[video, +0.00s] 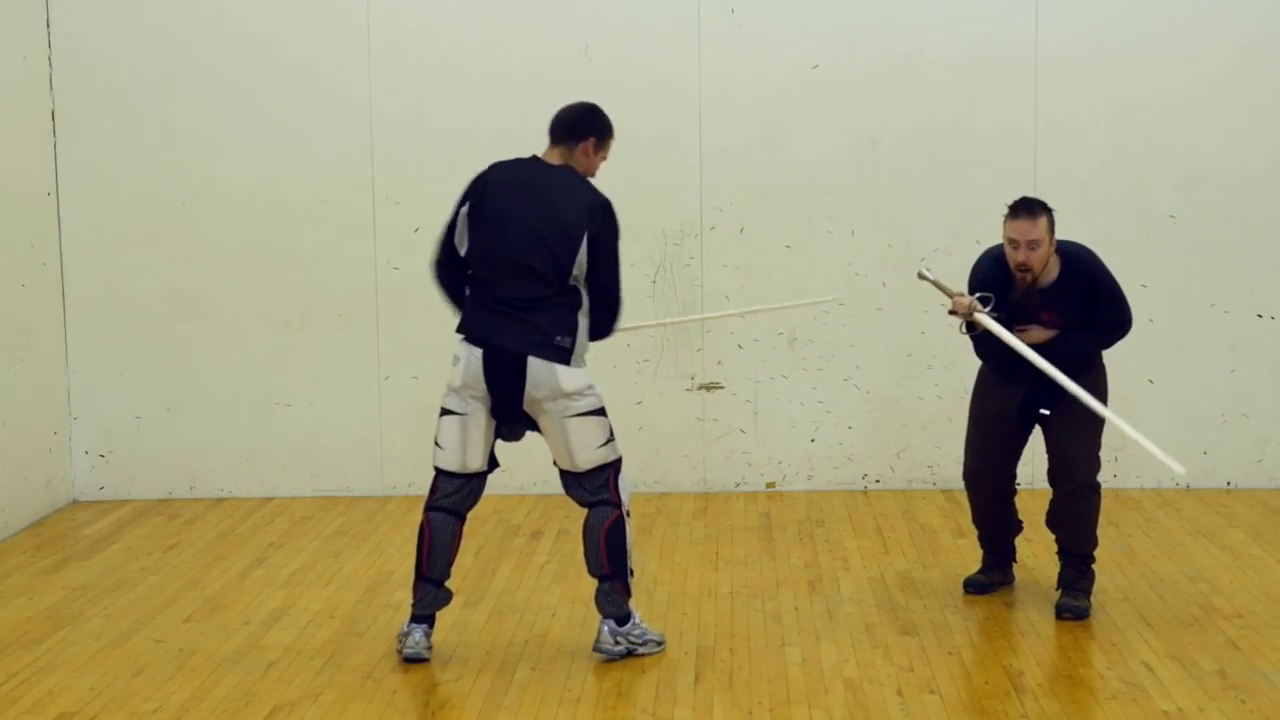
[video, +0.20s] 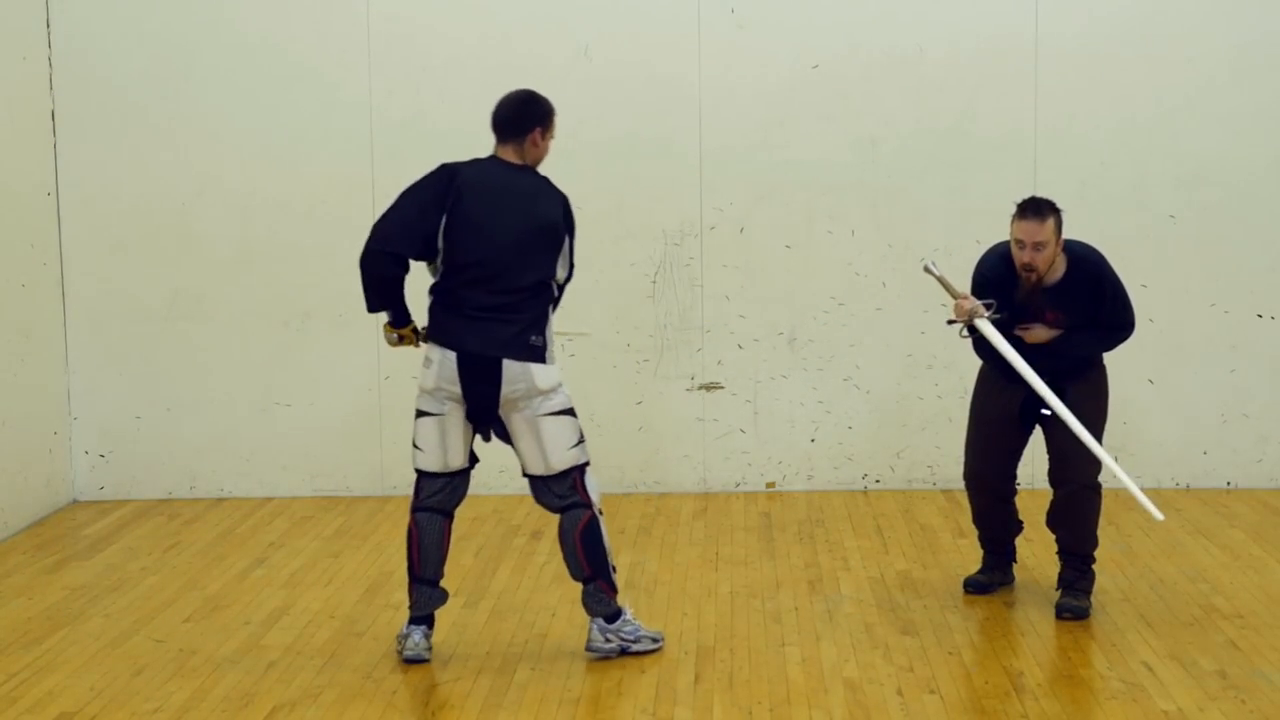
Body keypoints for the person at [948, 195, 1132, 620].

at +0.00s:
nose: (1022, 257)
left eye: (1033, 246)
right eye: (1014, 245)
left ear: (1052, 242)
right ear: (1004, 239)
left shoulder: (1082, 266)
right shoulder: (990, 269)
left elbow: (1119, 322)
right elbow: (991, 353)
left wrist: (1054, 338)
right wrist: (974, 321)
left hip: (1074, 377)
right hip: (1005, 374)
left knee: (1075, 475)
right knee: (984, 470)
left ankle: (1075, 581)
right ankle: (997, 563)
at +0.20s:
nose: (1028, 257)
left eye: (1038, 247)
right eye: (1020, 245)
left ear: (1058, 242)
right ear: (1010, 238)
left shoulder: (1089, 268)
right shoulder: (994, 267)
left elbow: (1121, 325)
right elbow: (989, 351)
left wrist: (1057, 337)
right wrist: (975, 323)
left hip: (1075, 375)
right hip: (1006, 370)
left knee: (1076, 478)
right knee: (984, 470)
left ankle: (1075, 582)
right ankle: (997, 562)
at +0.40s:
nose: (1024, 253)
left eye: (1035, 244)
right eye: (1018, 241)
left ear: (1058, 241)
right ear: (1010, 234)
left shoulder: (1090, 268)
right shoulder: (994, 265)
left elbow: (1121, 327)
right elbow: (989, 347)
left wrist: (1058, 337)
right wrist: (970, 324)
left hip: (1075, 375)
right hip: (1005, 371)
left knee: (1075, 477)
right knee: (984, 470)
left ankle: (1075, 582)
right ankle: (997, 563)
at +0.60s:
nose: (1022, 252)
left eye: (1033, 244)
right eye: (1017, 240)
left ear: (1058, 241)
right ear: (1010, 234)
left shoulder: (1089, 268)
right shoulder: (993, 263)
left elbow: (1118, 327)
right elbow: (987, 329)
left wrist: (1055, 338)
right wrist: (976, 320)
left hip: (1074, 379)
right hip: (1003, 377)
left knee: (1075, 477)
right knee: (983, 472)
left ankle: (1075, 583)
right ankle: (997, 563)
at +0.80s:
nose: (1021, 259)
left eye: (1033, 251)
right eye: (1015, 247)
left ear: (1057, 247)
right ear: (1008, 239)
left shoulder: (1088, 271)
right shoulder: (991, 267)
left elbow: (1117, 330)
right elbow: (983, 350)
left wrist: (1054, 341)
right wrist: (969, 319)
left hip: (1073, 379)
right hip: (1005, 375)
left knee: (1075, 480)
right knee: (981, 470)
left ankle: (1074, 585)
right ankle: (996, 563)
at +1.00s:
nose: (1023, 262)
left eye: (1035, 255)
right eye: (1019, 249)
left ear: (1061, 252)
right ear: (1013, 241)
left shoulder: (1090, 275)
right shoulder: (994, 268)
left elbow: (1115, 335)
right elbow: (979, 351)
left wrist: (1053, 343)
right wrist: (969, 324)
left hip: (1071, 384)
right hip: (1001, 380)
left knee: (1075, 480)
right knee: (981, 475)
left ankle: (1075, 577)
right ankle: (997, 565)